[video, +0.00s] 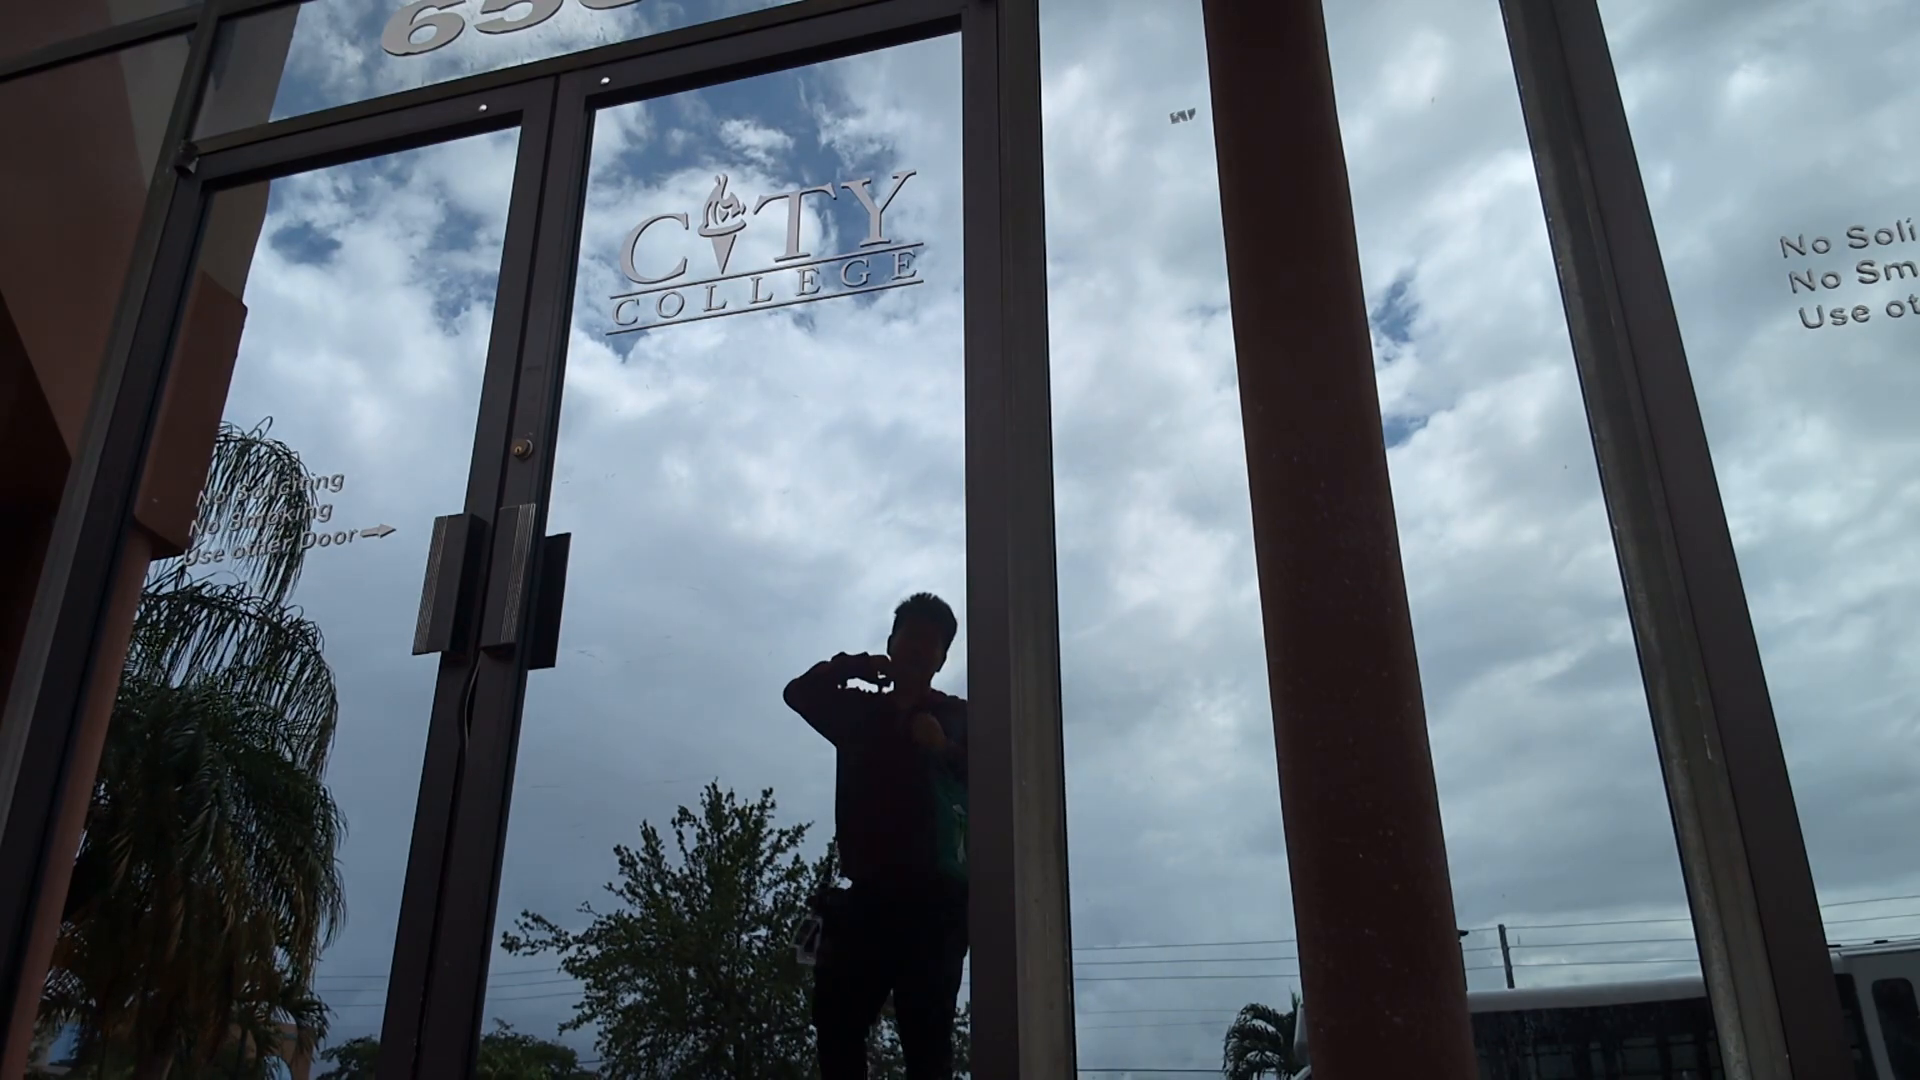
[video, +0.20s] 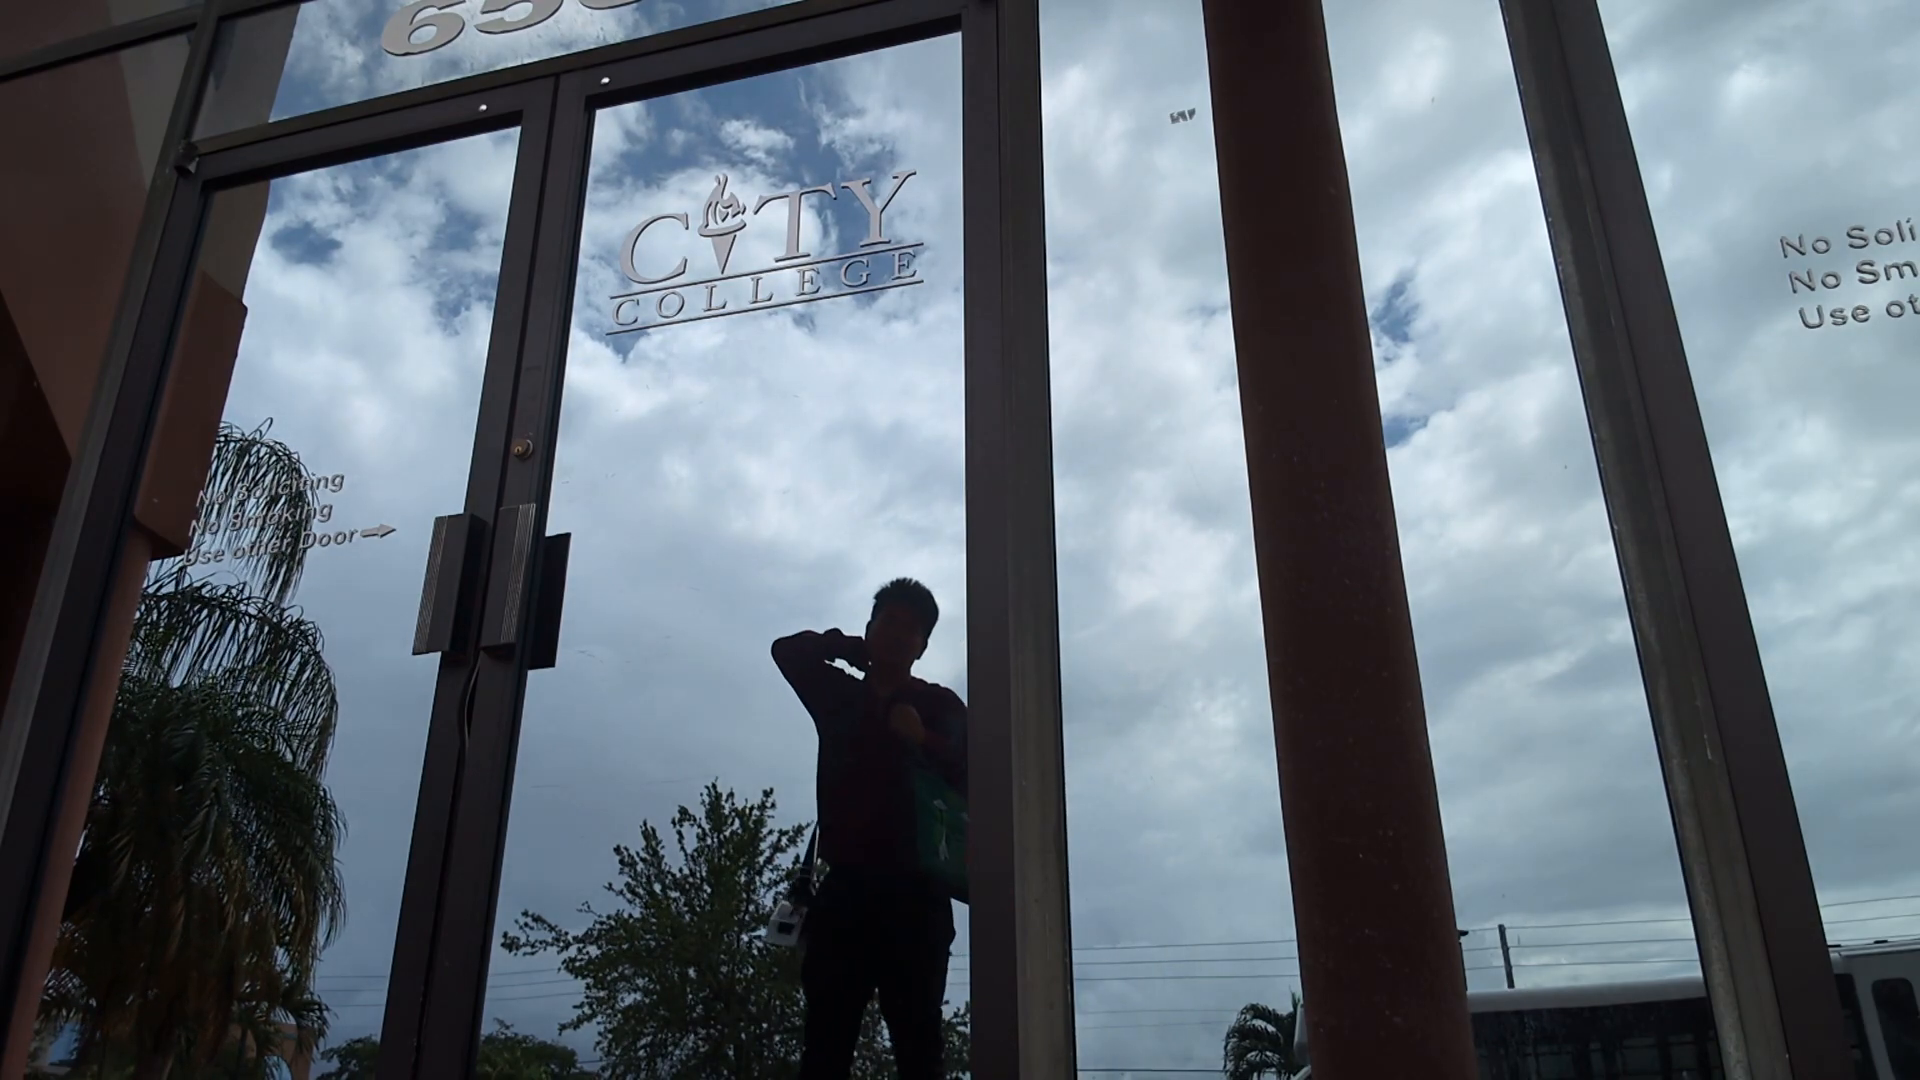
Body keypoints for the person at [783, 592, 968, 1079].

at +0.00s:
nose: (915, 650)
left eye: (928, 642)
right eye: (906, 638)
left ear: (943, 654)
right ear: (891, 644)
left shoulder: (963, 717)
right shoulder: (860, 713)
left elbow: (990, 780)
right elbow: (800, 693)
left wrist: (946, 748)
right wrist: (855, 665)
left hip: (938, 893)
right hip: (868, 891)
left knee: (926, 1034)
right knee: (837, 1028)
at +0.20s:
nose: (895, 634)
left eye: (909, 627)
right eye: (887, 621)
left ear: (923, 644)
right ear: (870, 628)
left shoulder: (942, 705)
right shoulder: (838, 696)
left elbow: (972, 772)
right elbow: (787, 650)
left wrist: (923, 738)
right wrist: (850, 645)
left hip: (918, 891)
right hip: (846, 885)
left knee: (918, 1043)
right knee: (826, 1043)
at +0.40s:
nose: (876, 609)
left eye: (890, 602)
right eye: (869, 595)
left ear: (904, 617)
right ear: (847, 600)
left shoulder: (920, 682)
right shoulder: (809, 675)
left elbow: (966, 764)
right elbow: (756, 633)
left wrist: (911, 714)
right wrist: (823, 625)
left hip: (897, 868)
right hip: (819, 863)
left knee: (898, 1022)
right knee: (805, 1026)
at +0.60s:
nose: (866, 586)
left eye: (882, 579)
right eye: (859, 572)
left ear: (896, 598)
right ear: (839, 578)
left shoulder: (910, 665)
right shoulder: (798, 652)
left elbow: (956, 753)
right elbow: (731, 658)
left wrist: (901, 696)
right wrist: (808, 621)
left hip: (889, 860)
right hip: (806, 856)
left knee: (888, 1015)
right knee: (802, 1019)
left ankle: (883, 1077)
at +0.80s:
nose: (871, 571)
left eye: (887, 565)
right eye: (863, 557)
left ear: (902, 582)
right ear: (841, 563)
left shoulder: (915, 651)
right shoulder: (786, 635)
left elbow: (959, 748)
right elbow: (723, 696)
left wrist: (903, 687)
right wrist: (806, 641)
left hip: (890, 856)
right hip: (803, 852)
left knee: (881, 1020)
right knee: (802, 1021)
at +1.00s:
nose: (896, 545)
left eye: (913, 539)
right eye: (888, 530)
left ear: (927, 557)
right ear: (866, 534)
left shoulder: (939, 633)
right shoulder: (805, 606)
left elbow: (972, 732)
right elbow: (741, 687)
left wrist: (920, 666)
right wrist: (820, 643)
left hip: (902, 840)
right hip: (809, 832)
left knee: (889, 1008)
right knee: (800, 1009)